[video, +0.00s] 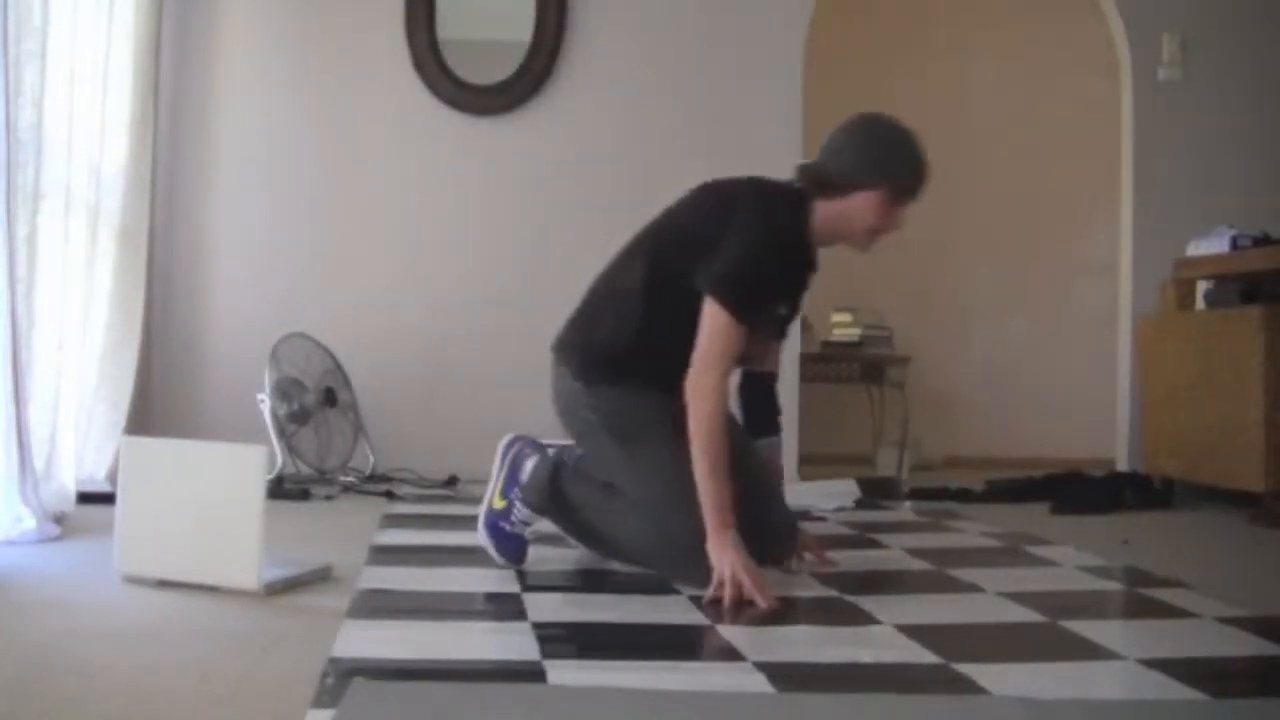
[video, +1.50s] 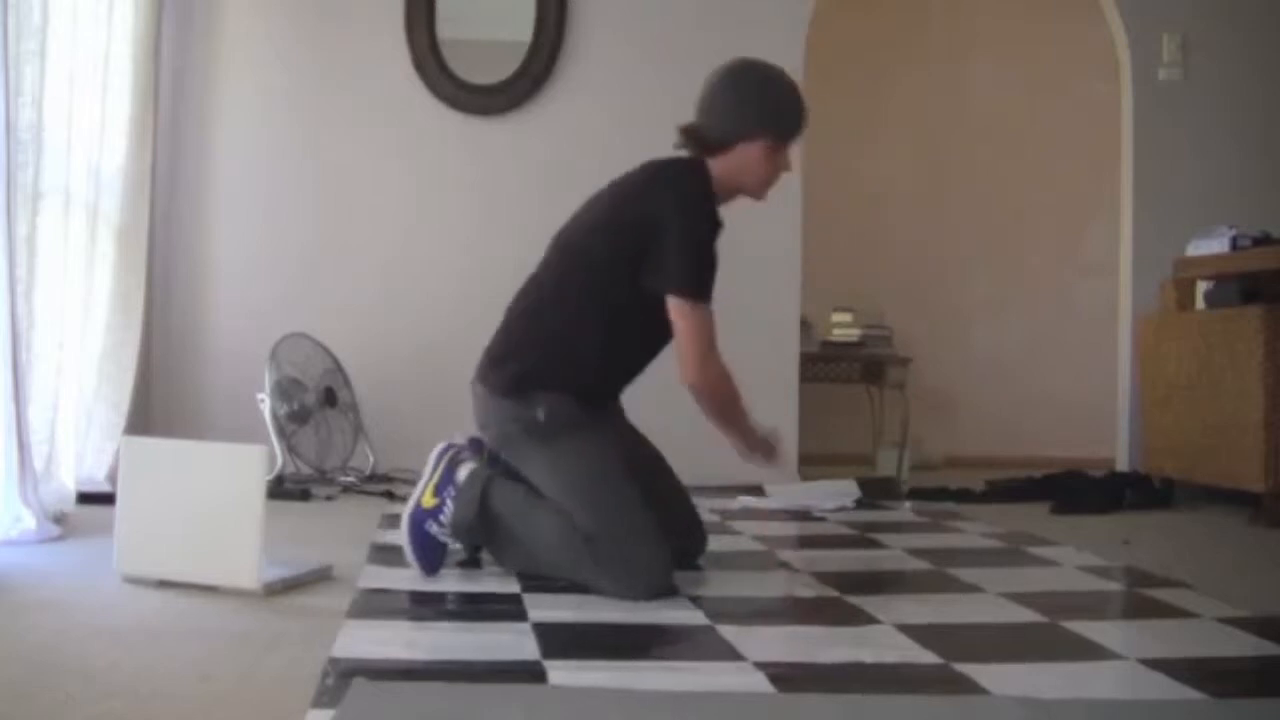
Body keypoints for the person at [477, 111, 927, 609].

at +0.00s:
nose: (895, 223)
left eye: (901, 208)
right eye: (894, 203)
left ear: (861, 191)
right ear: (858, 184)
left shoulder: (792, 248)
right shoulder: (760, 223)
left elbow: (757, 383)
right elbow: (703, 385)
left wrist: (781, 512)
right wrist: (723, 538)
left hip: (670, 390)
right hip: (600, 386)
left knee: (766, 540)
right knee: (695, 562)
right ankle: (539, 478)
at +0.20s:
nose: (945, 238)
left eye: (953, 224)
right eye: (947, 219)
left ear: (905, 196)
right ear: (913, 201)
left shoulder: (834, 235)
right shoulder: (821, 230)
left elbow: (769, 386)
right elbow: (747, 382)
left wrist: (783, 526)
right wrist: (779, 535)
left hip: (666, 373)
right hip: (630, 370)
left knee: (729, 540)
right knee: (721, 562)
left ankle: (566, 483)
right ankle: (542, 487)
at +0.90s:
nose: (914, 270)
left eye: (925, 259)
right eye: (921, 252)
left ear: (887, 220)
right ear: (894, 222)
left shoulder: (813, 254)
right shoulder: (803, 231)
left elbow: (742, 398)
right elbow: (765, 391)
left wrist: (783, 519)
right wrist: (781, 537)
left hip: (628, 374)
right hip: (596, 361)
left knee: (680, 542)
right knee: (645, 570)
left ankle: (502, 482)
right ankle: (477, 487)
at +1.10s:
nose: (858, 230)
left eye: (867, 218)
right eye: (862, 212)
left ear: (829, 193)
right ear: (832, 193)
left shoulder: (763, 244)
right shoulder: (743, 225)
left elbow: (729, 401)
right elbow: (742, 396)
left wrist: (782, 521)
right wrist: (785, 538)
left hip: (594, 385)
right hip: (560, 379)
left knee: (679, 541)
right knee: (641, 576)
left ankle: (505, 482)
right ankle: (474, 490)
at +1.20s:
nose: (837, 215)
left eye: (843, 200)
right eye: (838, 197)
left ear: (801, 179)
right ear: (809, 182)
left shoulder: (733, 228)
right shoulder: (725, 221)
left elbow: (714, 392)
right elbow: (734, 391)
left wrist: (774, 510)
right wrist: (786, 527)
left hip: (584, 392)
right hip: (551, 388)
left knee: (680, 542)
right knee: (643, 574)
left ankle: (515, 479)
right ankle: (471, 494)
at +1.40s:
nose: (794, 183)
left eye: (798, 166)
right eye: (793, 164)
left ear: (751, 150)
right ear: (763, 153)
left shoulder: (697, 210)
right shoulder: (691, 211)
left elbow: (697, 377)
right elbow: (696, 380)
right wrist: (752, 484)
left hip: (578, 405)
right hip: (537, 404)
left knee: (679, 541)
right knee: (638, 571)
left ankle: (493, 478)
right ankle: (472, 495)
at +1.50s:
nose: (786, 168)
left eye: (788, 151)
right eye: (783, 150)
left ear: (742, 140)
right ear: (752, 143)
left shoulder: (683, 196)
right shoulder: (681, 201)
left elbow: (700, 362)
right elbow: (699, 370)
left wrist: (744, 431)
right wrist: (748, 437)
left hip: (574, 405)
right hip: (534, 407)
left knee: (680, 543)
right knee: (639, 576)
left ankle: (488, 478)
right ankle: (472, 497)